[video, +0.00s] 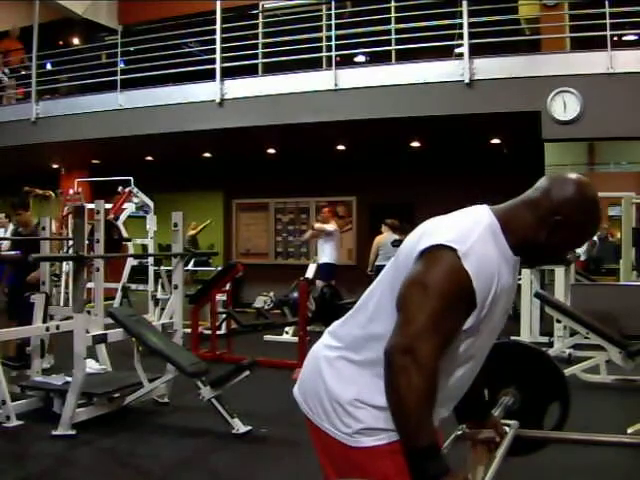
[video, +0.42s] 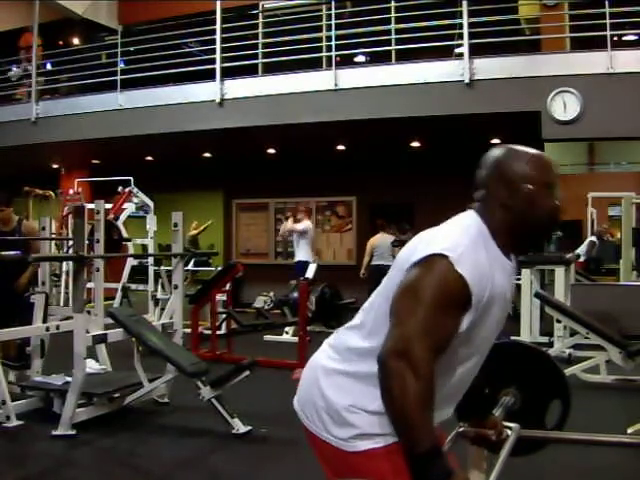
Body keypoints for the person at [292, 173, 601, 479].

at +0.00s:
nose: (569, 254)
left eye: (577, 246)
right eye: (574, 243)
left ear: (545, 212)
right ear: (553, 224)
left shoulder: (497, 250)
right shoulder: (463, 252)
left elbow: (457, 342)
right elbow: (408, 355)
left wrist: (474, 415)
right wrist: (429, 463)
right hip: (355, 403)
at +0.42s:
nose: (558, 204)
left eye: (556, 191)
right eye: (549, 190)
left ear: (510, 195)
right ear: (512, 194)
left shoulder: (496, 252)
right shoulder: (455, 258)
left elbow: (445, 346)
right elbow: (402, 359)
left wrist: (472, 412)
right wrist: (429, 464)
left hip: (396, 400)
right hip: (351, 408)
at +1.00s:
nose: (449, 116)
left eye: (444, 107)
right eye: (434, 106)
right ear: (400, 119)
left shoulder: (419, 190)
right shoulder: (382, 187)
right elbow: (340, 285)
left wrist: (450, 351)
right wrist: (408, 375)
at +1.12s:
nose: (441, 124)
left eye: (438, 116)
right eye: (427, 115)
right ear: (393, 125)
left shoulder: (407, 197)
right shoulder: (370, 193)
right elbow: (327, 294)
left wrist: (438, 366)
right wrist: (397, 386)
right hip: (357, 414)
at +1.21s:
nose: (436, 128)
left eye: (434, 118)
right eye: (424, 117)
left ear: (388, 125)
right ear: (386, 124)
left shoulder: (399, 197)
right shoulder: (362, 195)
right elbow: (317, 293)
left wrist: (434, 356)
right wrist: (385, 386)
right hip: (343, 414)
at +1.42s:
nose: (399, 138)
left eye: (401, 129)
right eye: (389, 126)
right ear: (347, 123)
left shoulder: (368, 200)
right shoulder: (319, 193)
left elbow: (354, 305)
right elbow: (272, 296)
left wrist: (408, 349)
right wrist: (350, 385)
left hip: (375, 416)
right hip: (323, 425)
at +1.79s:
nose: (379, 160)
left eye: (382, 150)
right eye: (374, 147)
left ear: (336, 134)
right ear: (335, 133)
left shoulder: (347, 204)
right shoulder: (287, 198)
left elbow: (332, 301)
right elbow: (235, 296)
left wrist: (378, 346)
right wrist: (304, 392)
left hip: (333, 414)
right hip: (279, 423)